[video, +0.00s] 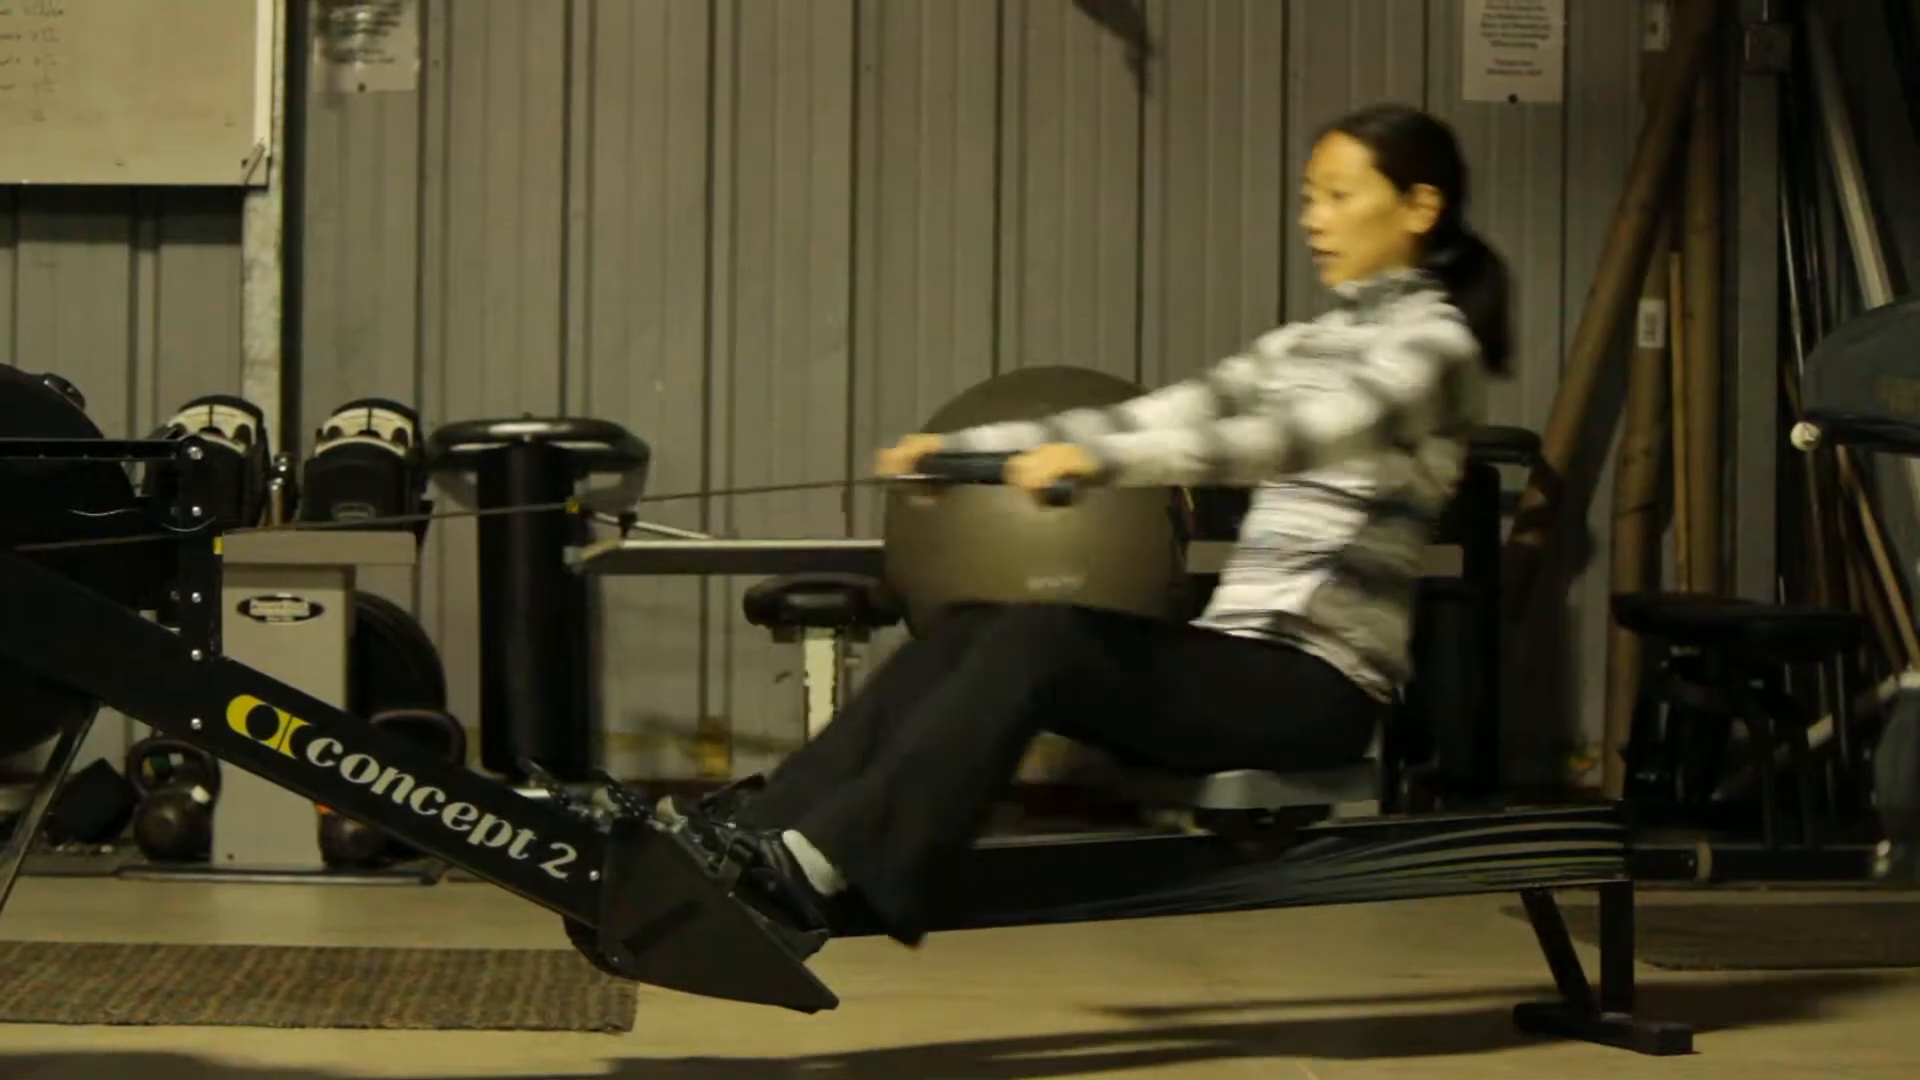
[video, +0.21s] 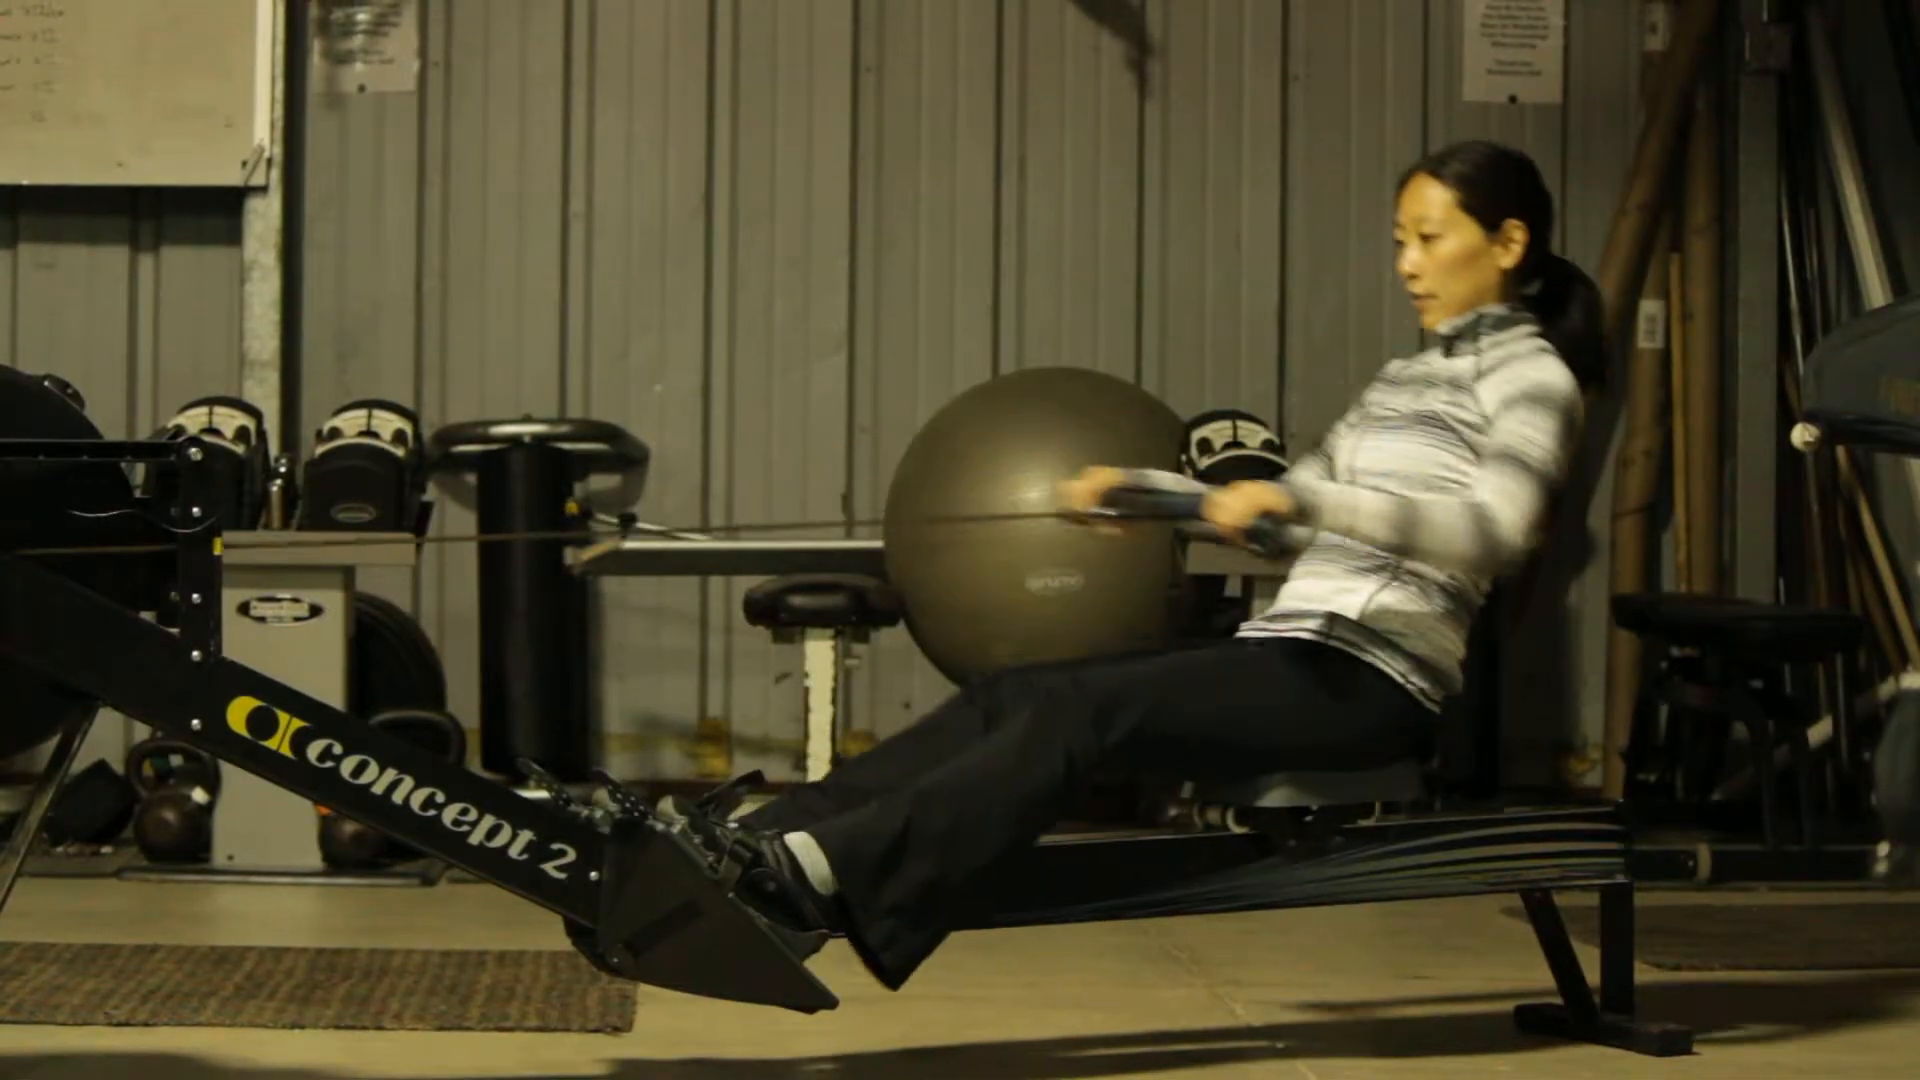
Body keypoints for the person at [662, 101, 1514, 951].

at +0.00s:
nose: (1312, 218)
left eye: (1336, 194)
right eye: (1311, 196)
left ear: (1420, 209)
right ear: (1314, 211)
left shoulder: (1430, 335)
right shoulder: (1319, 336)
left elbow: (1297, 428)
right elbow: (1180, 407)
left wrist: (1106, 454)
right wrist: (966, 454)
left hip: (1319, 679)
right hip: (1232, 659)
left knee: (1035, 642)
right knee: (963, 632)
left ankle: (820, 875)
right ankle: (750, 835)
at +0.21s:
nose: (1406, 262)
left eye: (1428, 240)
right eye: (1403, 241)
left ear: (1508, 243)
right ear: (1423, 248)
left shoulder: (1533, 372)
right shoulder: (1412, 371)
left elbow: (1485, 533)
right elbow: (1305, 510)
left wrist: (1298, 497)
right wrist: (1146, 492)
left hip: (1377, 675)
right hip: (1293, 652)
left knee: (1066, 708)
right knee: (1009, 695)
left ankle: (812, 886)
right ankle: (740, 845)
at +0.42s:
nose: (1416, 285)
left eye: (1436, 258)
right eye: (1413, 261)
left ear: (1516, 258)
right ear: (1454, 266)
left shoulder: (1558, 385)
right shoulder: (1437, 388)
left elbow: (1620, 585)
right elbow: (1407, 535)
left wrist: (1470, 520)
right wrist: (1303, 513)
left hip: (1390, 672)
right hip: (1300, 651)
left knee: (1100, 737)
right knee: (1032, 718)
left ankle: (808, 894)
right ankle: (762, 847)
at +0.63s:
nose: (1330, 255)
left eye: (1348, 229)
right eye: (1324, 232)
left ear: (1430, 221)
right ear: (1358, 231)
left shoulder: (1491, 347)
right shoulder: (1371, 349)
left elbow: (1539, 548)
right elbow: (1339, 518)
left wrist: (1363, 511)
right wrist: (1213, 505)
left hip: (1386, 675)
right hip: (1304, 654)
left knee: (1082, 703)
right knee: (1028, 687)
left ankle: (814, 884)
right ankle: (750, 851)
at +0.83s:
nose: (1124, 225)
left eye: (1145, 196)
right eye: (1119, 200)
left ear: (1236, 194)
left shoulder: (1295, 329)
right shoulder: (1152, 341)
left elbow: (1219, 527)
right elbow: (1049, 497)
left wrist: (1025, 590)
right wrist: (874, 557)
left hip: (1277, 683)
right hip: (1182, 658)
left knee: (987, 644)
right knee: (931, 621)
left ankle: (824, 877)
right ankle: (763, 834)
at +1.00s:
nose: (936, 223)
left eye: (963, 196)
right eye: (936, 200)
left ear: (1055, 202)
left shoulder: (1105, 340)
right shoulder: (979, 344)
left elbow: (984, 525)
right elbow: (840, 484)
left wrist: (798, 636)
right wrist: (651, 591)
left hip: (1171, 689)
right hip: (1071, 673)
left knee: (924, 613)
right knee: (829, 581)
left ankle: (842, 873)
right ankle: (743, 833)